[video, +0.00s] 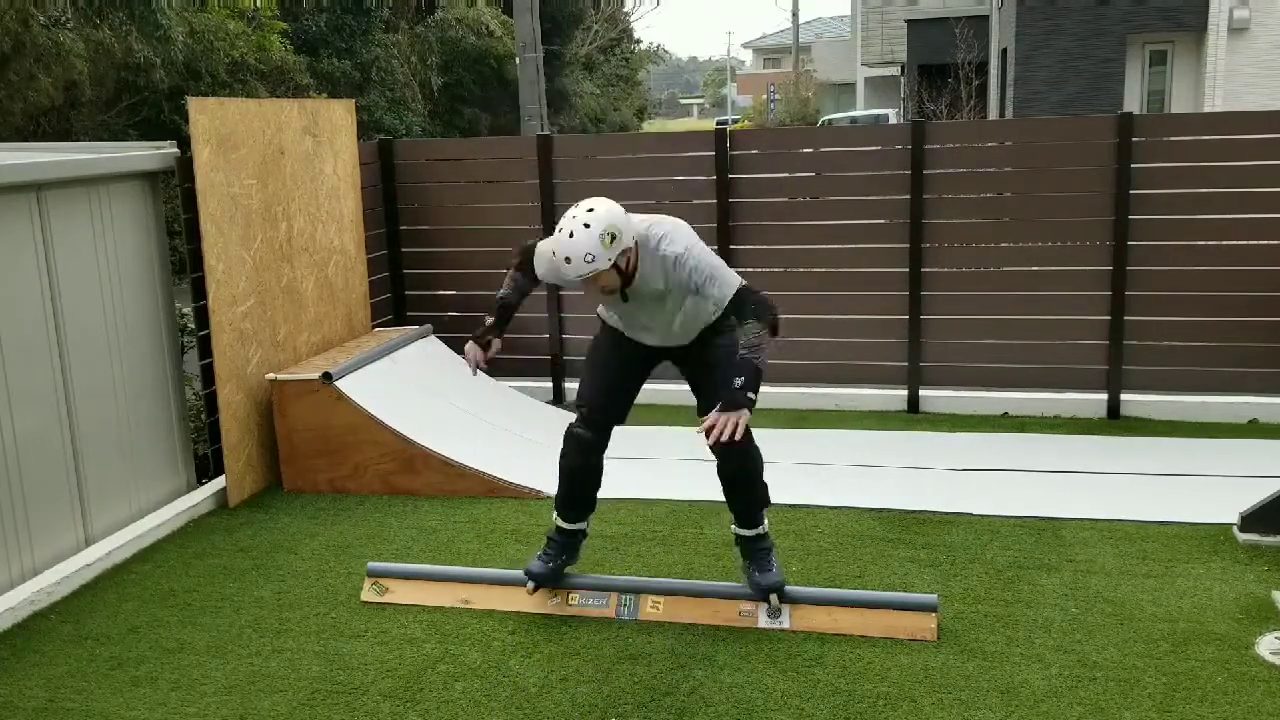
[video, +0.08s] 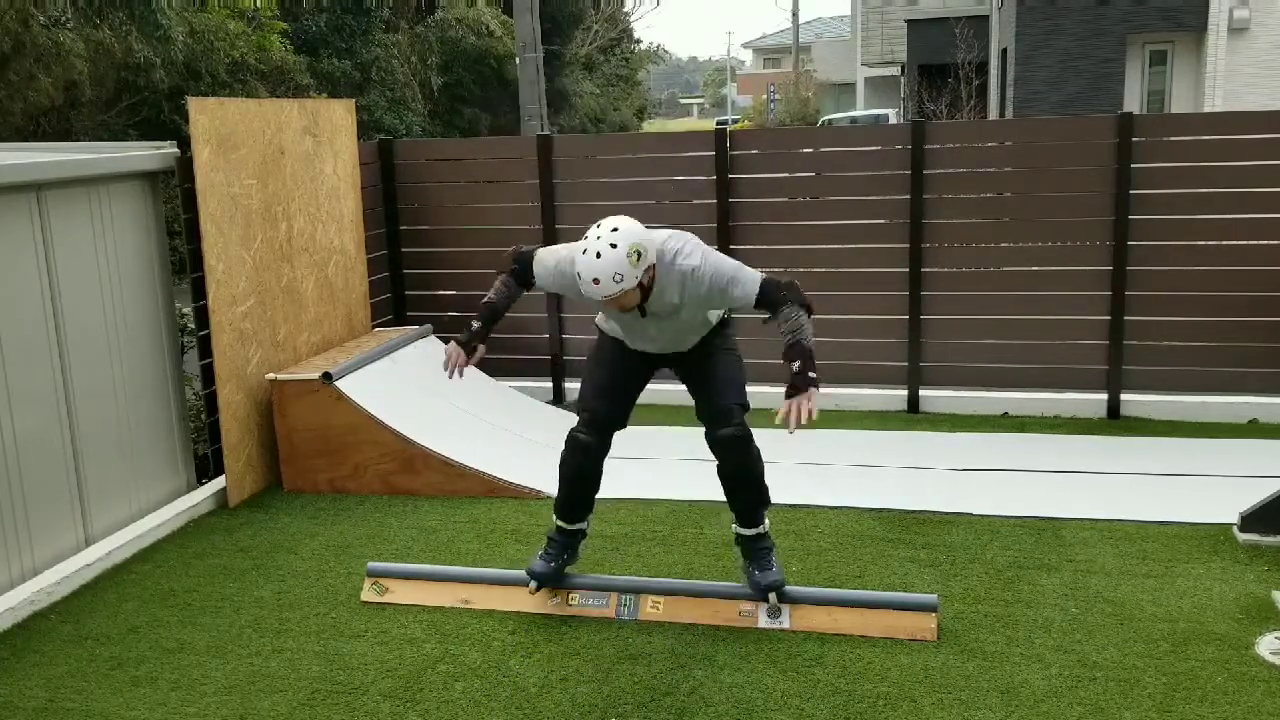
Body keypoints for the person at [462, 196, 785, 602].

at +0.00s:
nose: (590, 285)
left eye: (596, 275)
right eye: (583, 277)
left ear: (625, 255)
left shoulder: (681, 252)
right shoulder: (577, 250)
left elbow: (756, 310)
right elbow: (529, 262)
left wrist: (740, 396)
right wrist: (492, 329)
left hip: (703, 330)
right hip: (626, 328)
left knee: (730, 434)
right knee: (585, 435)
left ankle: (756, 546)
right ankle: (564, 540)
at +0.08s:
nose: (609, 302)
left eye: (617, 294)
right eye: (601, 295)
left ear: (645, 274)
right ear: (591, 278)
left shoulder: (698, 267)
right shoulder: (580, 268)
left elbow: (786, 298)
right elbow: (522, 266)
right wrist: (477, 331)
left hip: (703, 335)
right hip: (624, 334)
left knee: (729, 432)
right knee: (587, 436)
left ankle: (757, 547)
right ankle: (562, 543)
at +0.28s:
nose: (646, 316)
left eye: (653, 307)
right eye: (631, 310)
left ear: (672, 279)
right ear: (611, 284)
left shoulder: (714, 277)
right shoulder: (593, 275)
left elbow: (800, 288)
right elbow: (526, 259)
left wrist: (838, 335)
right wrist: (458, 306)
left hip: (704, 352)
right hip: (627, 351)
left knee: (733, 437)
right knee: (591, 444)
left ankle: (758, 550)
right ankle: (565, 541)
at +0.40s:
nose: (651, 304)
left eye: (658, 294)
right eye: (639, 297)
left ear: (678, 268)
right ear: (624, 274)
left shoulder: (717, 273)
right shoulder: (601, 270)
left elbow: (799, 288)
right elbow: (534, 254)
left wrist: (823, 324)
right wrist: (458, 292)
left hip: (705, 355)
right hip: (628, 355)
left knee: (739, 439)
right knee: (593, 449)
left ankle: (759, 552)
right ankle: (566, 544)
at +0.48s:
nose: (650, 290)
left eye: (658, 280)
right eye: (640, 281)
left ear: (680, 261)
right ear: (625, 266)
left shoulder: (716, 265)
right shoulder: (602, 262)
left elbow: (797, 287)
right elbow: (539, 248)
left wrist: (815, 319)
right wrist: (464, 283)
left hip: (706, 354)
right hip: (631, 352)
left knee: (738, 437)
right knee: (592, 445)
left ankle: (758, 545)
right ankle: (566, 543)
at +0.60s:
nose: (651, 254)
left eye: (659, 241)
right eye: (641, 243)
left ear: (683, 225)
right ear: (629, 228)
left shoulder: (721, 239)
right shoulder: (607, 235)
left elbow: (802, 261)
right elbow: (551, 228)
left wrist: (788, 286)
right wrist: (479, 261)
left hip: (709, 345)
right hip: (632, 344)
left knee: (737, 435)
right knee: (595, 440)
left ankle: (760, 549)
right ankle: (566, 541)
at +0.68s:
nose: (646, 238)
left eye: (654, 227)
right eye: (638, 228)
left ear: (681, 213)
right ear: (628, 214)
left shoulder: (719, 227)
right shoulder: (609, 225)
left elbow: (798, 248)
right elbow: (556, 219)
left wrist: (780, 269)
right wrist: (488, 249)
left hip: (709, 341)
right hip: (634, 342)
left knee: (738, 434)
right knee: (596, 439)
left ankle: (760, 548)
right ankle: (565, 542)